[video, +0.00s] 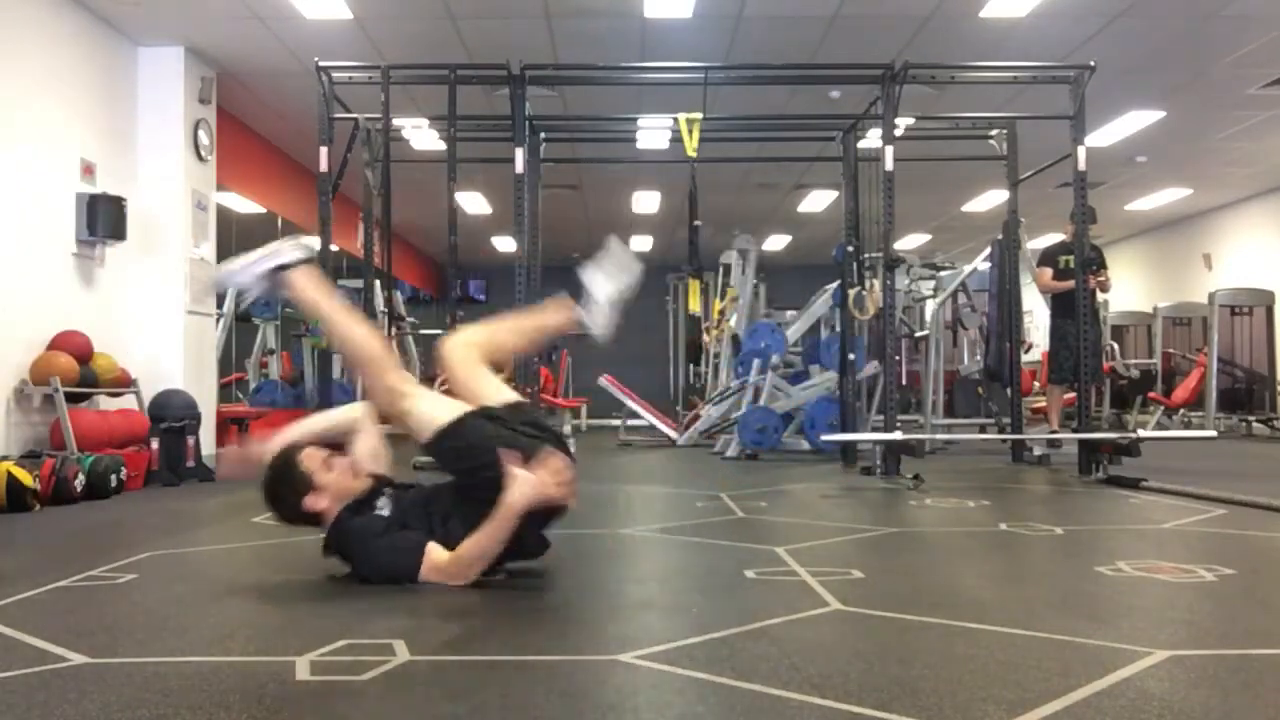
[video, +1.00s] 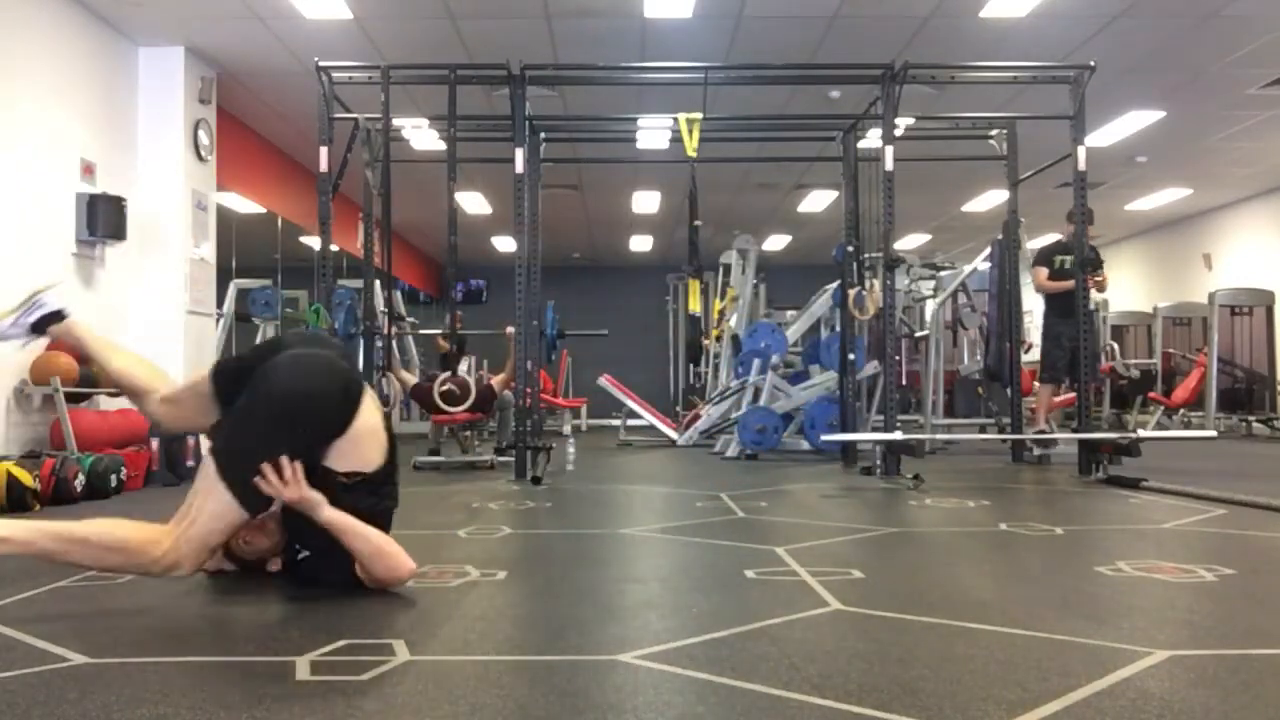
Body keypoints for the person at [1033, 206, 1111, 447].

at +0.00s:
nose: (1082, 230)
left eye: (1086, 225)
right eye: (1078, 224)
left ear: (1092, 227)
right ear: (1069, 224)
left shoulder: (1095, 252)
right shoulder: (1052, 252)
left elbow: (1105, 287)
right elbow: (1043, 285)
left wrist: (1101, 282)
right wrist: (1075, 284)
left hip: (1089, 320)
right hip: (1063, 321)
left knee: (1089, 375)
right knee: (1058, 377)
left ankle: (1087, 423)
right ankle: (1054, 427)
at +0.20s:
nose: (1084, 229)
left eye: (1088, 225)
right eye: (1081, 224)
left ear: (1093, 226)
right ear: (1072, 224)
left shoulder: (1097, 251)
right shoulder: (1055, 251)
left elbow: (1108, 287)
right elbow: (1044, 283)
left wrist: (1103, 281)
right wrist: (1078, 283)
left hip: (1092, 320)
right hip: (1065, 320)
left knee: (1091, 375)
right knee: (1059, 376)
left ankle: (1088, 422)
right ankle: (1054, 426)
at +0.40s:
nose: (1090, 233)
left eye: (1094, 228)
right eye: (1087, 227)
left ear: (1099, 229)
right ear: (1076, 225)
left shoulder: (1101, 252)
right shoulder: (1058, 250)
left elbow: (1111, 286)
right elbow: (1046, 284)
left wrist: (1106, 283)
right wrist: (1079, 283)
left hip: (1093, 320)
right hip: (1066, 320)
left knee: (1092, 375)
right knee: (1060, 376)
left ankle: (1088, 423)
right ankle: (1054, 427)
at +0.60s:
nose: (1094, 235)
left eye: (1099, 231)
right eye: (1091, 230)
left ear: (1103, 229)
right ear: (1080, 225)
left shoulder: (1106, 251)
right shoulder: (1061, 250)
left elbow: (1115, 287)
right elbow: (1049, 282)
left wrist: (1109, 282)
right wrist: (1081, 283)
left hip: (1093, 320)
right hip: (1066, 319)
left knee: (1092, 375)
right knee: (1059, 375)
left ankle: (1088, 422)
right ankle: (1054, 426)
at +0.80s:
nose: (1090, 235)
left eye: (1094, 231)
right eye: (1087, 230)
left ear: (1099, 229)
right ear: (1077, 225)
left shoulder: (1102, 252)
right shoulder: (1057, 250)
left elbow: (1113, 286)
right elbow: (1046, 282)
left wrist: (1103, 282)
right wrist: (1078, 283)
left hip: (1090, 320)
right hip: (1062, 320)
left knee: (1089, 376)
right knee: (1053, 373)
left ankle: (1086, 422)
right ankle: (1041, 421)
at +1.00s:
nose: (1080, 230)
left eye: (1085, 226)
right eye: (1076, 224)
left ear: (1091, 228)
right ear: (1067, 225)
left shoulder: (1092, 254)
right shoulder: (1047, 252)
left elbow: (1101, 286)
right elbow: (1040, 284)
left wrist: (1098, 282)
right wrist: (1074, 284)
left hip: (1083, 321)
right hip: (1057, 321)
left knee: (1086, 374)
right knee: (1050, 375)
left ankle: (1085, 421)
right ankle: (1041, 423)